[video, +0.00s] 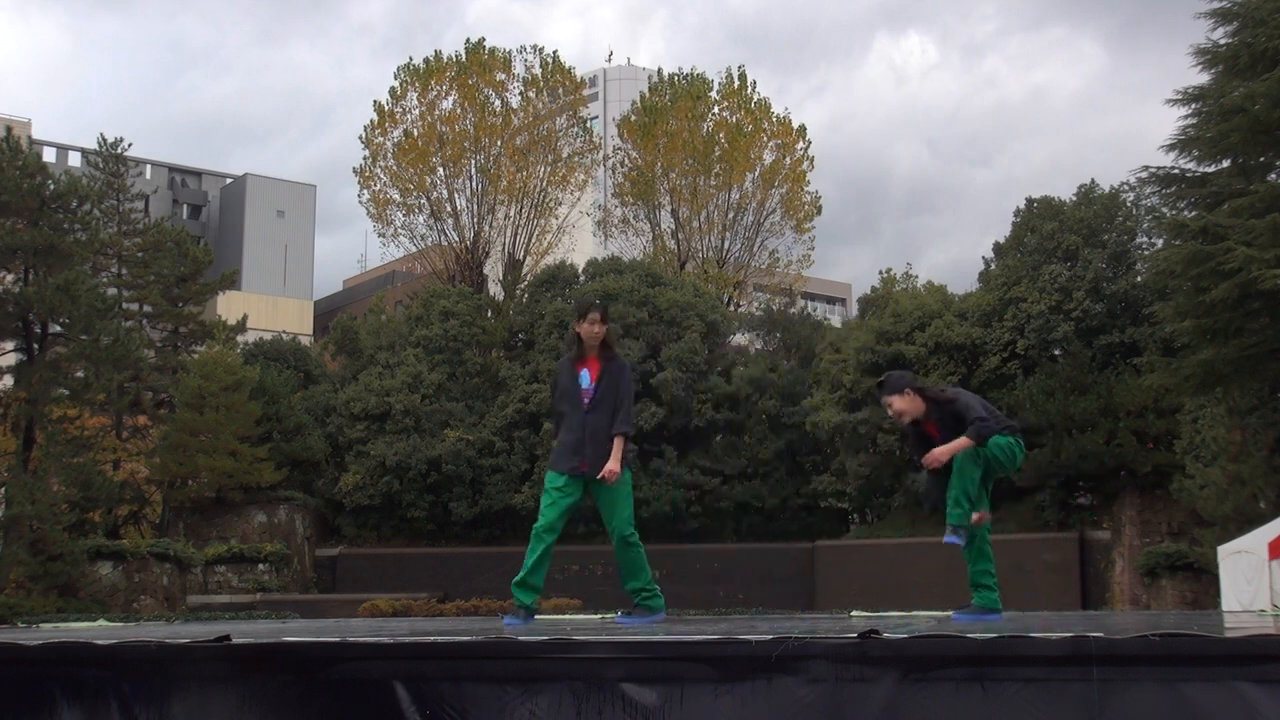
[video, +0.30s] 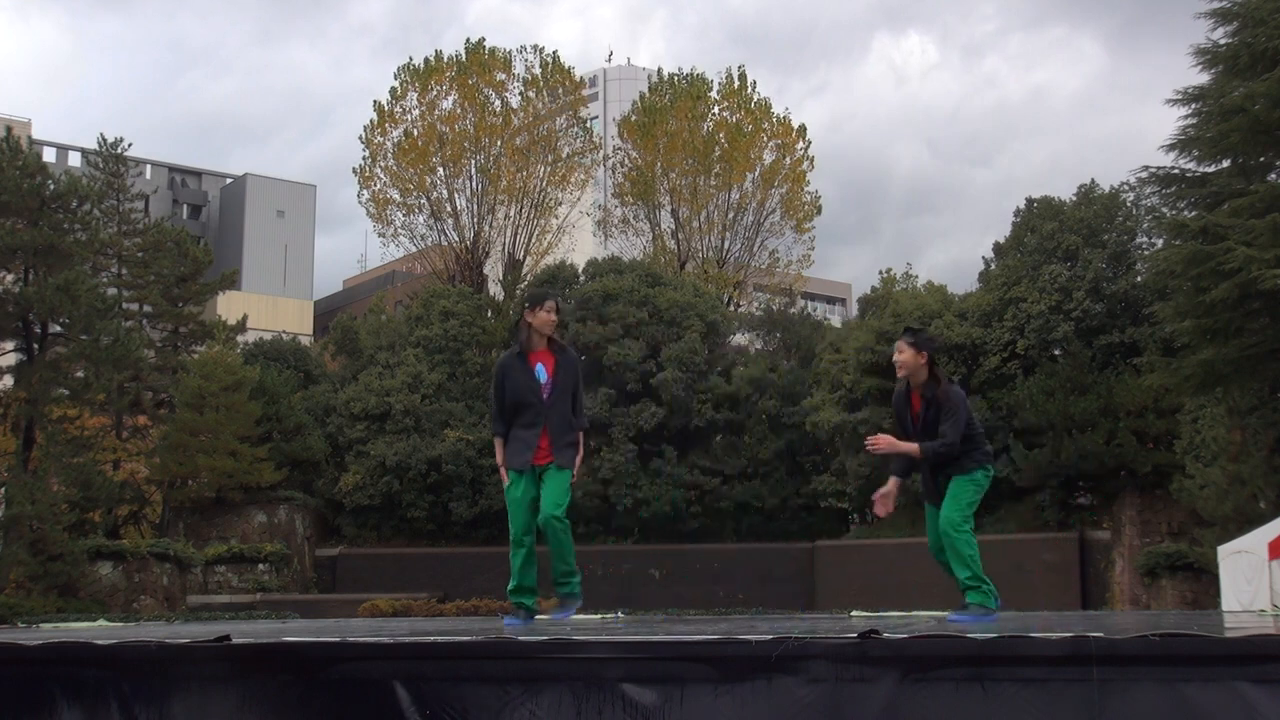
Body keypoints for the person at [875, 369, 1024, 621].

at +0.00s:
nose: (890, 412)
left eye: (890, 404)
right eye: (887, 408)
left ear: (908, 393)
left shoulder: (953, 398)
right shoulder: (917, 432)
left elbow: (985, 426)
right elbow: (937, 473)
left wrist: (947, 450)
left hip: (1006, 447)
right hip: (969, 466)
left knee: (969, 452)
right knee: (973, 526)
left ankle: (956, 523)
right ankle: (986, 601)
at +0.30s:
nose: (895, 359)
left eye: (902, 352)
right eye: (895, 353)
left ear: (923, 357)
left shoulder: (950, 396)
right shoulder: (902, 395)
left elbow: (949, 446)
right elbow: (907, 443)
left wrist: (899, 447)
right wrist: (892, 484)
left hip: (970, 468)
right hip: (937, 473)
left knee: (952, 523)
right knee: (938, 544)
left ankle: (981, 600)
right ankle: (982, 596)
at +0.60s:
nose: (844, 329)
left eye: (849, 323)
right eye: (845, 323)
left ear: (866, 327)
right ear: (866, 327)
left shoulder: (889, 364)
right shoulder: (866, 367)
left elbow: (899, 418)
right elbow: (879, 415)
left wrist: (860, 439)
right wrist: (861, 412)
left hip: (918, 463)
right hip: (889, 467)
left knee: (934, 534)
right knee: (857, 526)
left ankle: (979, 602)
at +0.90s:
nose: (779, 325)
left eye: (783, 318)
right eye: (780, 318)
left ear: (800, 323)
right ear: (801, 324)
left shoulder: (834, 355)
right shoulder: (800, 366)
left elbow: (865, 390)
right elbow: (796, 422)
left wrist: (826, 399)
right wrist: (795, 418)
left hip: (851, 453)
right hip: (830, 456)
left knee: (806, 511)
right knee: (839, 531)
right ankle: (866, 602)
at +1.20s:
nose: (730, 344)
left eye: (735, 338)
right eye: (731, 338)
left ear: (754, 342)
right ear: (752, 343)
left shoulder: (790, 375)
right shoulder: (745, 387)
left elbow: (830, 402)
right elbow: (729, 433)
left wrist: (802, 408)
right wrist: (693, 449)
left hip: (794, 474)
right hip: (760, 474)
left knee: (756, 530)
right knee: (723, 526)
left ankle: (789, 608)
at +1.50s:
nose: (707, 341)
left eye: (710, 334)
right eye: (706, 335)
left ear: (732, 333)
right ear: (729, 335)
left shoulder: (764, 363)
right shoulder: (725, 376)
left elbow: (800, 390)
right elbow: (714, 421)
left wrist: (787, 408)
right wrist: (679, 438)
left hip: (780, 467)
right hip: (743, 468)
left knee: (757, 529)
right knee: (720, 532)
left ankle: (787, 607)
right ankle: (703, 606)